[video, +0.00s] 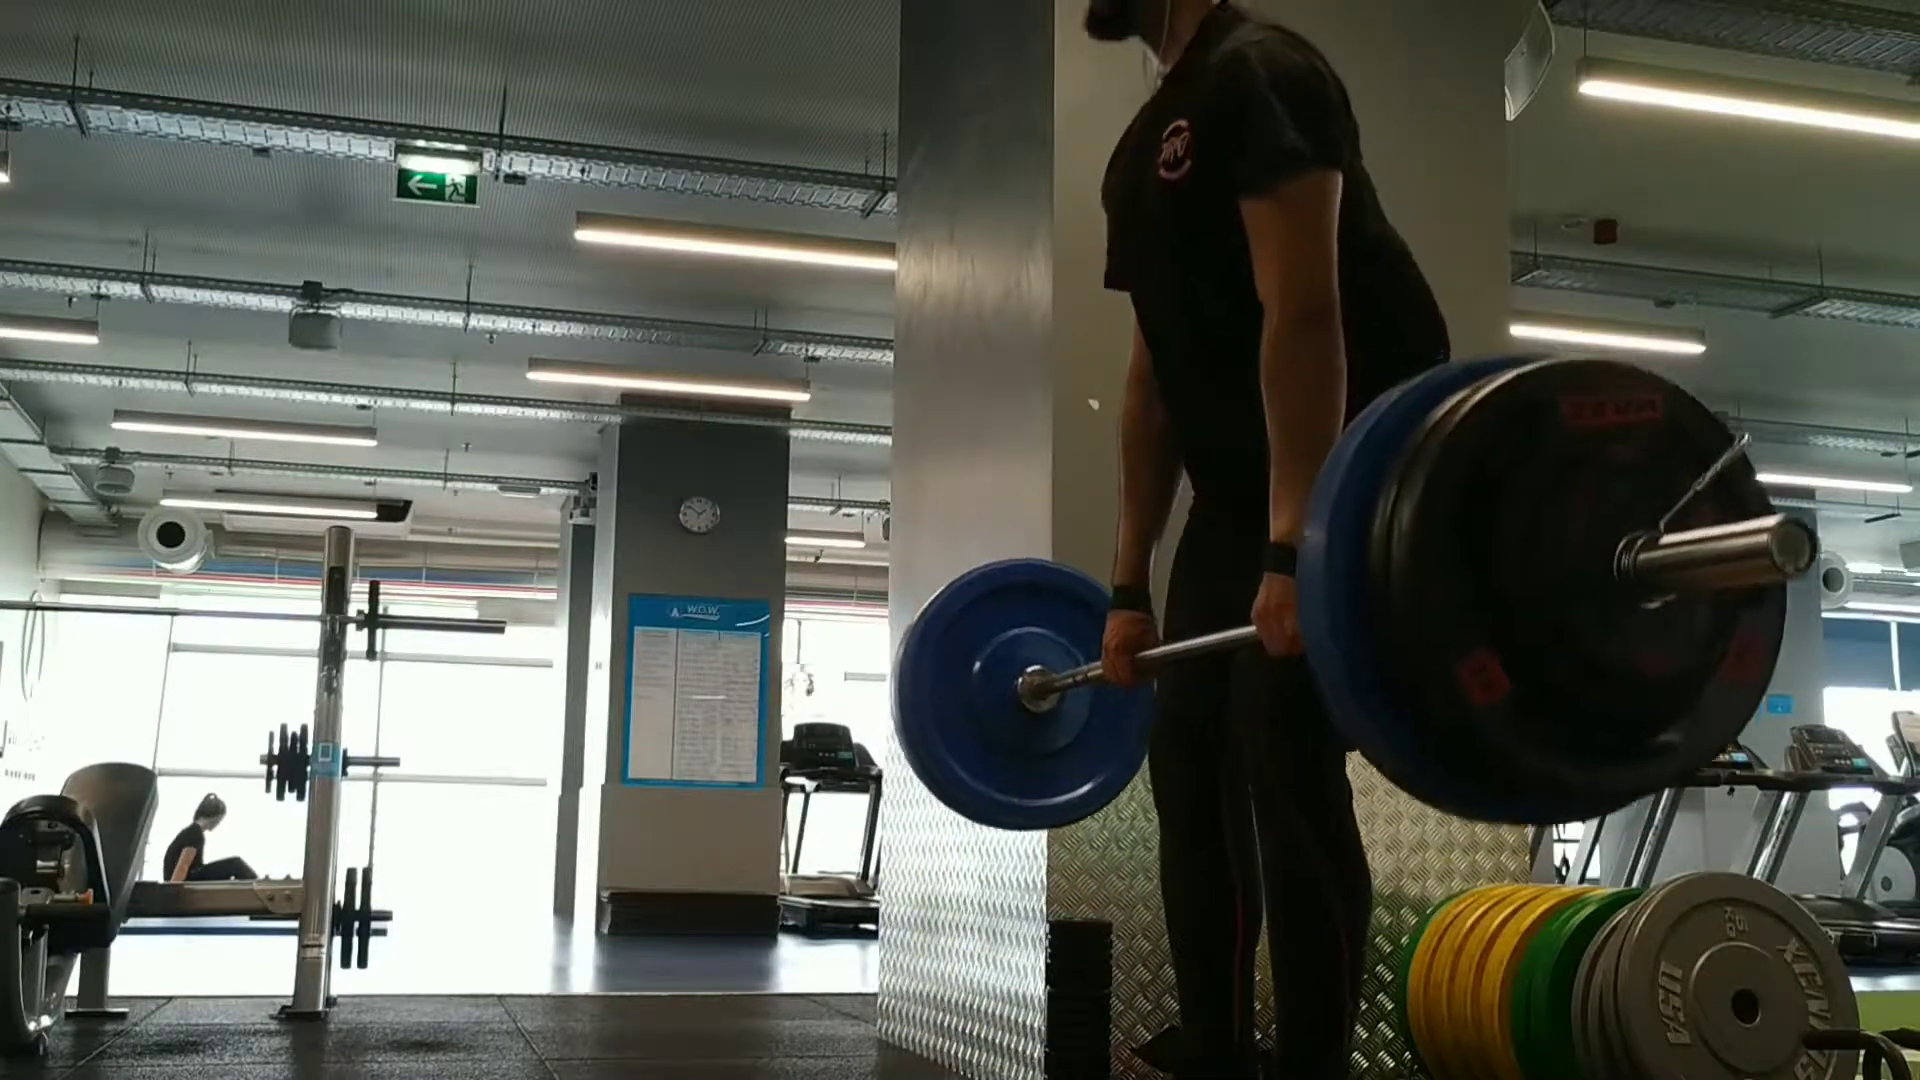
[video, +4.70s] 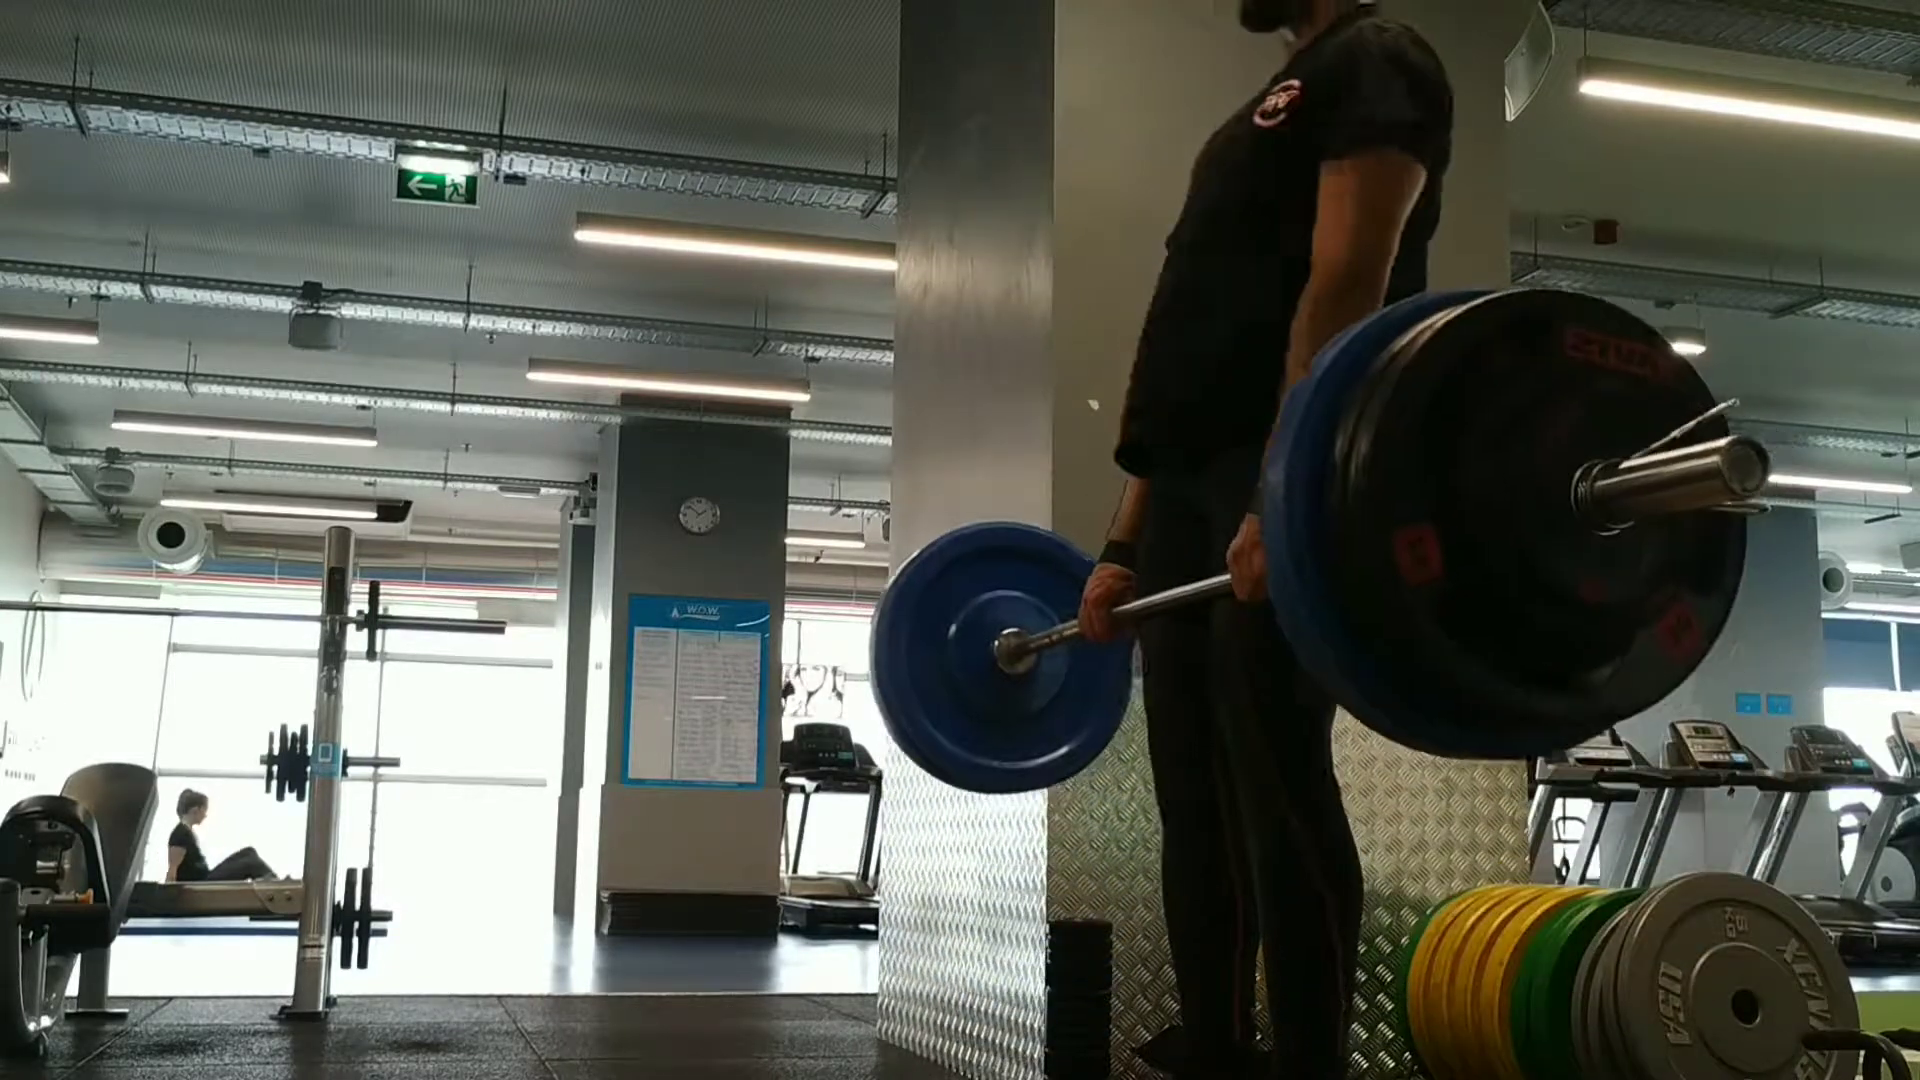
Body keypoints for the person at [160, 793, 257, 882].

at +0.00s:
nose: (219, 822)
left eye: (221, 819)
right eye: (220, 818)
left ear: (202, 812)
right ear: (214, 817)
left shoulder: (193, 832)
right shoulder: (195, 833)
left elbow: (182, 866)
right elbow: (182, 866)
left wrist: (171, 891)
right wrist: (172, 891)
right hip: (187, 881)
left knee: (234, 863)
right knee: (235, 863)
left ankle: (258, 886)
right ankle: (259, 888)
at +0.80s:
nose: (219, 821)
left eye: (220, 817)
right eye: (217, 816)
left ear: (204, 813)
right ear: (204, 813)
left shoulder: (197, 834)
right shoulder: (193, 834)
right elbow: (184, 863)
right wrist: (188, 890)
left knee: (236, 861)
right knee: (240, 873)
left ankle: (264, 886)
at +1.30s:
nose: (222, 823)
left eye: (224, 819)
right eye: (220, 818)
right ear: (207, 815)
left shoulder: (202, 838)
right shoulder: (196, 838)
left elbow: (197, 873)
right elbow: (194, 874)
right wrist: (204, 897)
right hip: (181, 887)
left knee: (236, 861)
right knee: (241, 871)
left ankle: (262, 886)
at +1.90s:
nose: (219, 824)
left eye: (223, 820)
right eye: (216, 818)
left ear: (227, 822)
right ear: (207, 815)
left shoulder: (205, 838)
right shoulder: (197, 838)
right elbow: (179, 872)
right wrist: (195, 891)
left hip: (198, 877)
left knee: (236, 861)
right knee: (241, 871)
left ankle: (261, 886)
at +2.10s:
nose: (213, 823)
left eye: (218, 820)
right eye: (211, 817)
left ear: (222, 822)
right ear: (203, 814)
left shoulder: (209, 841)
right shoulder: (191, 837)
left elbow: (203, 867)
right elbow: (165, 866)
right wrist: (165, 890)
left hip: (203, 877)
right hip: (190, 883)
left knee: (236, 862)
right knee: (241, 872)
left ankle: (260, 885)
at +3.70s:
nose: (212, 817)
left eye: (214, 814)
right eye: (209, 813)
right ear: (195, 813)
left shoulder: (195, 835)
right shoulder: (184, 836)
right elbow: (161, 866)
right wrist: (151, 888)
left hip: (193, 880)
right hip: (184, 886)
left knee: (235, 862)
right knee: (239, 872)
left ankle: (259, 885)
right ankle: (260, 890)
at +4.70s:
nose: (206, 815)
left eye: (206, 810)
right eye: (204, 810)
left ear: (192, 811)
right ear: (194, 810)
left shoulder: (186, 832)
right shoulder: (181, 833)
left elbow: (175, 866)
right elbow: (173, 867)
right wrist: (168, 893)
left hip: (204, 878)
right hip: (198, 883)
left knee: (248, 852)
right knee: (250, 862)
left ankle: (274, 883)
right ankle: (277, 885)